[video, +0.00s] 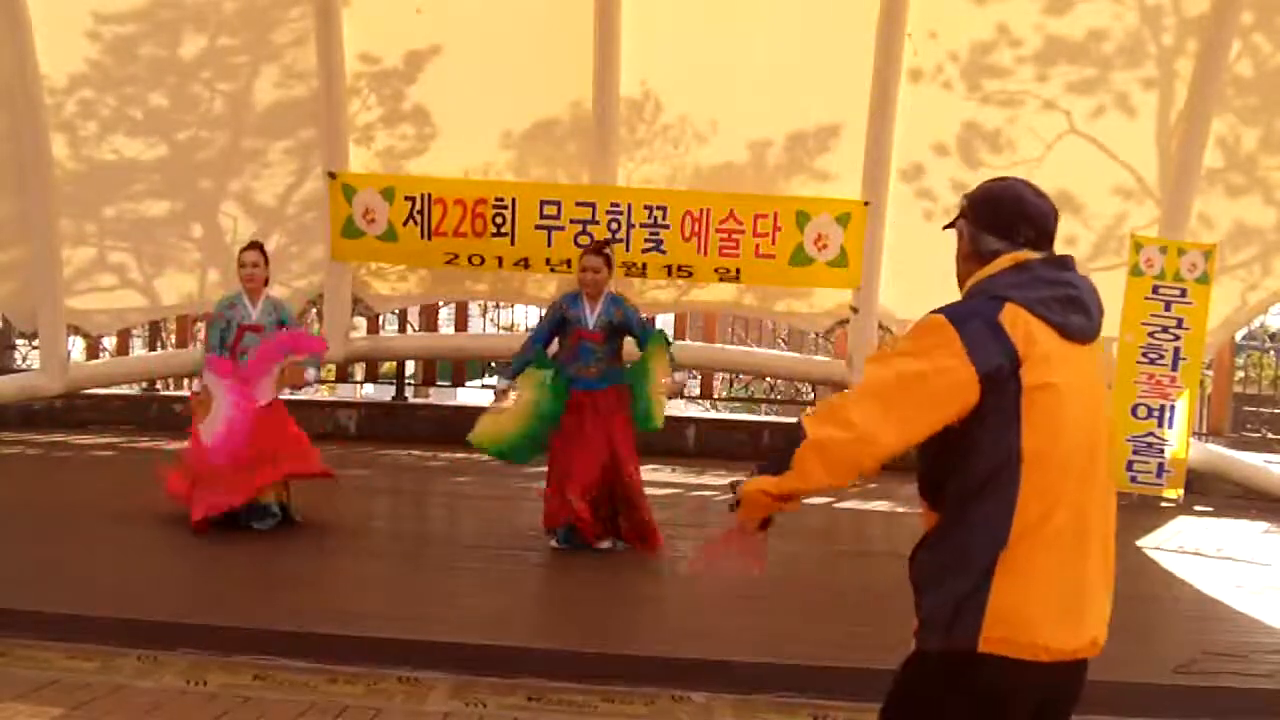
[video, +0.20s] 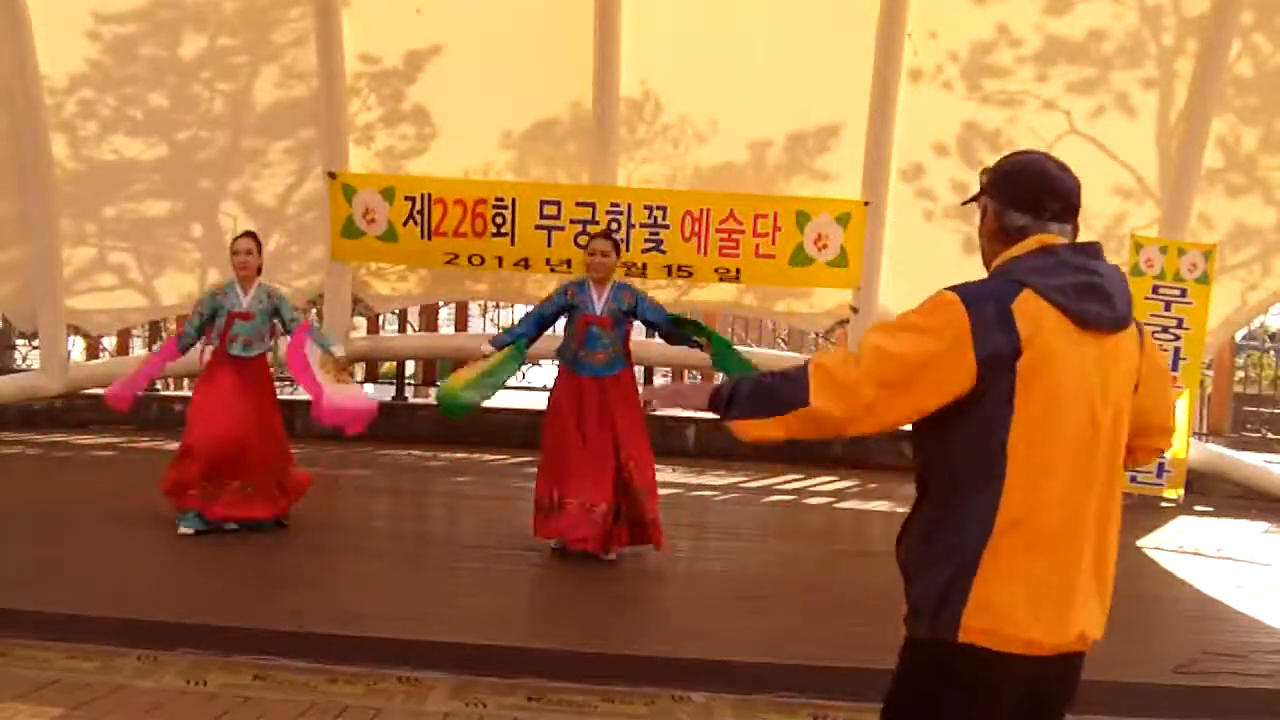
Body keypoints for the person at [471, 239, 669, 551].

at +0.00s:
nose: (589, 277)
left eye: (596, 271)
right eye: (584, 270)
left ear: (609, 275)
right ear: (578, 273)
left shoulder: (619, 308)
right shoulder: (565, 305)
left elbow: (650, 339)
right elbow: (536, 342)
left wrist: (656, 372)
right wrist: (509, 376)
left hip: (609, 391)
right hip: (571, 392)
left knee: (609, 457)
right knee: (568, 458)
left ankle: (606, 528)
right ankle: (565, 525)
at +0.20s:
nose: (597, 260)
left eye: (605, 255)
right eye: (592, 254)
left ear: (616, 260)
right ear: (584, 257)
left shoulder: (629, 296)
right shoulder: (570, 293)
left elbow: (665, 324)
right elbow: (533, 323)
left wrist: (698, 337)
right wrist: (495, 344)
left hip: (614, 388)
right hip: (573, 386)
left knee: (615, 457)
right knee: (570, 456)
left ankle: (609, 537)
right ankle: (568, 533)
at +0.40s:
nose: (603, 249)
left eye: (610, 244)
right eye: (598, 243)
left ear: (623, 252)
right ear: (589, 250)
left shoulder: (635, 286)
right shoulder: (575, 286)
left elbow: (676, 299)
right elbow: (531, 298)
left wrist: (709, 299)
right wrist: (485, 305)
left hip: (620, 381)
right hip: (580, 380)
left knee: (617, 455)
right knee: (575, 453)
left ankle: (611, 538)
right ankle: (574, 537)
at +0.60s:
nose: (604, 247)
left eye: (611, 243)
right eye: (598, 242)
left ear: (623, 252)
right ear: (590, 249)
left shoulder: (636, 285)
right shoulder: (575, 283)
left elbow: (678, 281)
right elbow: (528, 273)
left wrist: (715, 269)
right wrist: (483, 255)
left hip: (622, 380)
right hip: (583, 379)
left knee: (618, 455)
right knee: (586, 456)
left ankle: (608, 541)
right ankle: (590, 544)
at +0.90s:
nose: (604, 246)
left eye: (612, 240)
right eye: (598, 240)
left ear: (624, 248)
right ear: (588, 247)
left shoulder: (633, 285)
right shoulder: (577, 280)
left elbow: (672, 265)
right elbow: (542, 245)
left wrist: (693, 230)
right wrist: (512, 199)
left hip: (623, 380)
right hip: (583, 380)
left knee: (620, 461)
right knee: (587, 460)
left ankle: (606, 550)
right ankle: (595, 553)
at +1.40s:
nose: (605, 259)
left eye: (613, 253)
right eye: (598, 251)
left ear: (622, 259)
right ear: (585, 255)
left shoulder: (629, 295)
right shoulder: (574, 289)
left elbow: (642, 279)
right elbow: (567, 254)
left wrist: (630, 241)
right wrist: (571, 207)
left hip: (622, 398)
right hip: (578, 396)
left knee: (624, 479)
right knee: (576, 478)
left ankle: (623, 569)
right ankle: (577, 570)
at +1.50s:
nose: (605, 259)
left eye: (613, 253)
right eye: (599, 251)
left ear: (624, 263)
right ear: (585, 256)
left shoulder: (628, 299)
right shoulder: (571, 292)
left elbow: (655, 273)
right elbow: (568, 253)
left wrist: (654, 229)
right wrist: (584, 212)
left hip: (618, 402)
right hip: (576, 400)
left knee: (622, 483)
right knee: (576, 482)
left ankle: (623, 572)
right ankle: (579, 572)